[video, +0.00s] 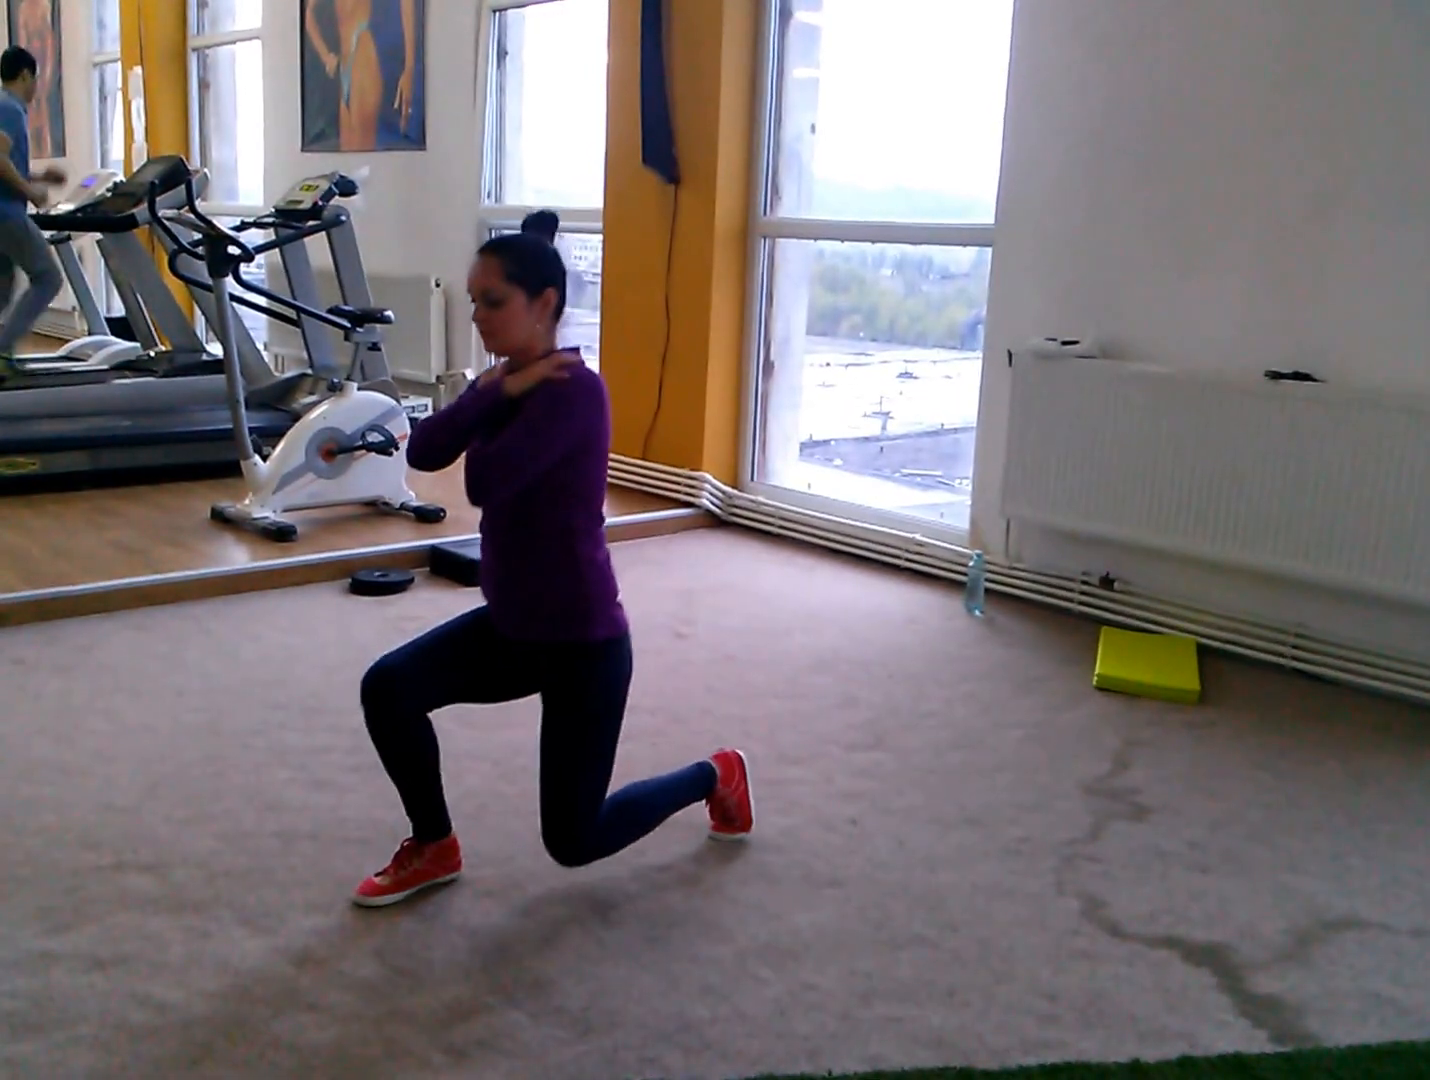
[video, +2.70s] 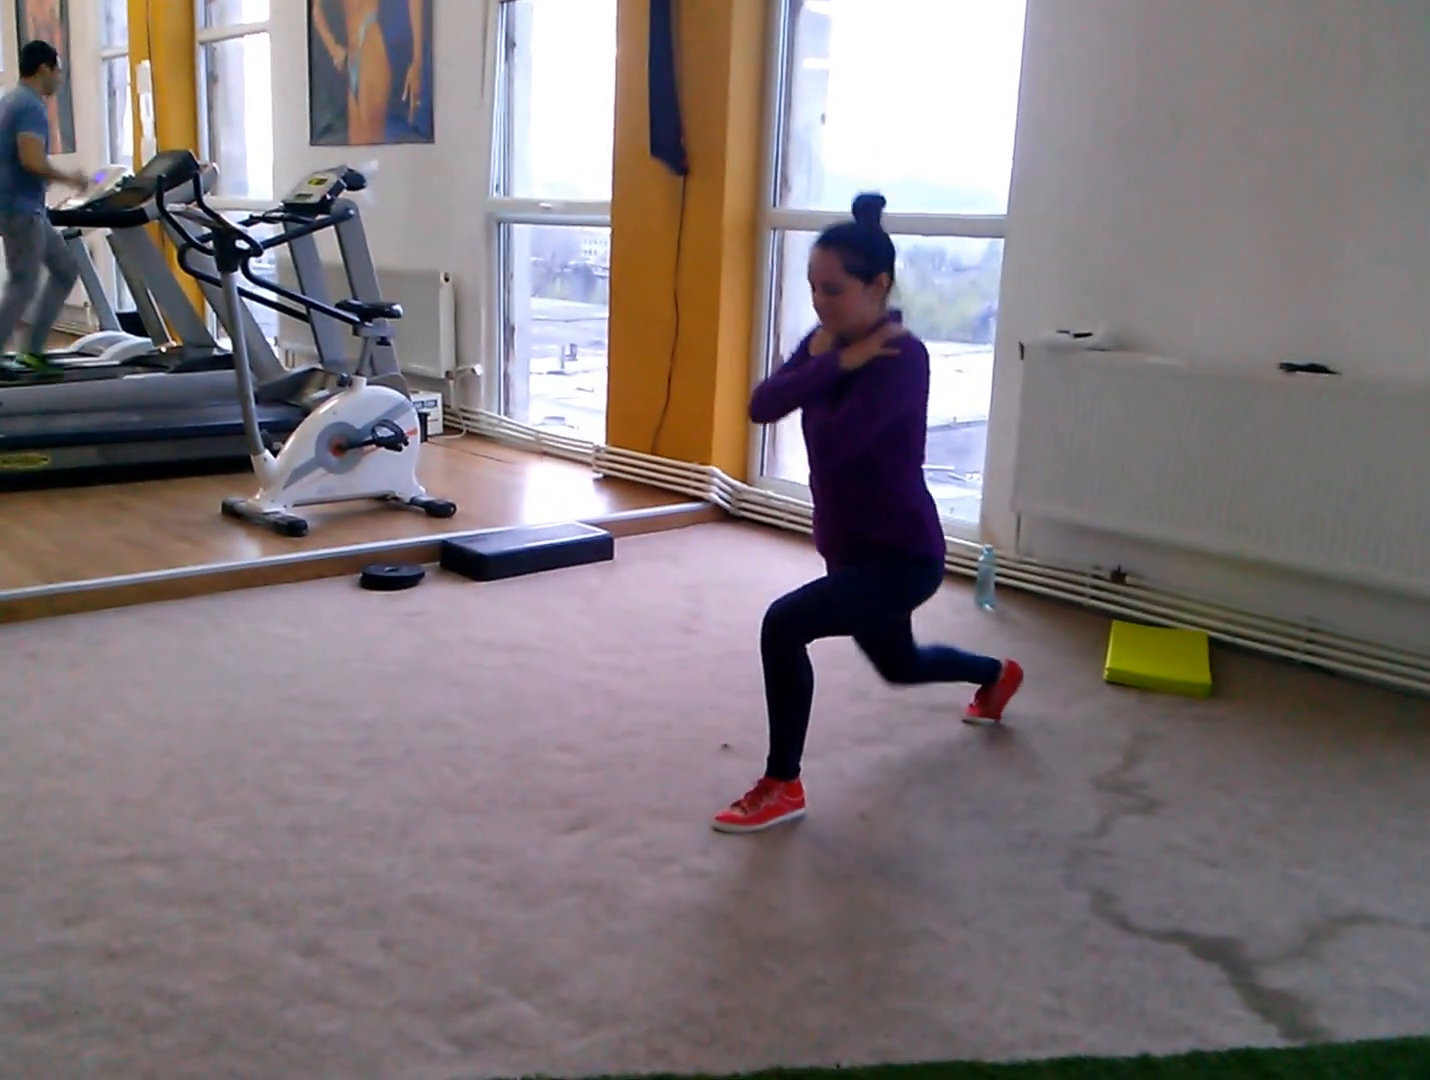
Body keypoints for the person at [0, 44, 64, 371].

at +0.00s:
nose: (35, 88)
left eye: (35, 80)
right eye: (35, 79)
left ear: (10, 76)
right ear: (24, 75)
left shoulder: (8, 110)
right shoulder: (10, 111)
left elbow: (8, 166)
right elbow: (4, 160)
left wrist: (40, 175)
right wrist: (31, 191)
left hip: (7, 212)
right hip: (8, 214)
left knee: (5, 287)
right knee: (49, 279)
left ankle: (4, 351)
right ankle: (5, 346)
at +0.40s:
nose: (41, 87)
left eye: (41, 80)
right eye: (40, 79)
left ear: (12, 75)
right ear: (30, 76)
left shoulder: (8, 106)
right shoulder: (14, 110)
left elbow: (15, 163)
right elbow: (16, 163)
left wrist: (47, 179)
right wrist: (54, 182)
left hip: (11, 218)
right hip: (8, 220)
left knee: (45, 275)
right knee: (6, 292)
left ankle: (12, 352)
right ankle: (7, 357)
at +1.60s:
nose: (44, 73)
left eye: (44, 66)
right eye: (41, 66)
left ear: (21, 66)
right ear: (26, 66)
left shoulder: (16, 101)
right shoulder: (9, 100)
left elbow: (21, 158)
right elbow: (1, 148)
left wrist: (57, 158)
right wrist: (28, 176)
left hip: (13, 203)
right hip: (11, 204)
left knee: (2, 275)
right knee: (52, 267)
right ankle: (36, 352)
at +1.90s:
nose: (47, 80)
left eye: (45, 73)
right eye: (44, 73)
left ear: (22, 74)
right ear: (31, 73)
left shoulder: (18, 109)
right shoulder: (16, 112)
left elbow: (17, 164)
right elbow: (17, 162)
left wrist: (40, 188)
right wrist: (51, 186)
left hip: (18, 214)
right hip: (11, 216)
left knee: (47, 279)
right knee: (27, 286)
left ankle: (4, 345)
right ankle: (3, 352)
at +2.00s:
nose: (47, 72)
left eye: (47, 64)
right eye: (45, 64)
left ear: (20, 65)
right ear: (32, 64)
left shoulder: (11, 95)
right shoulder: (20, 99)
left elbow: (22, 149)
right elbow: (26, 150)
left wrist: (48, 155)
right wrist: (56, 158)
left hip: (16, 210)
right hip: (12, 211)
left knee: (50, 268)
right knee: (1, 285)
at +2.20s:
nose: (47, 79)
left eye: (46, 72)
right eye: (43, 72)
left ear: (21, 74)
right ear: (30, 72)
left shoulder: (14, 106)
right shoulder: (19, 109)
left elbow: (16, 161)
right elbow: (17, 159)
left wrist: (45, 189)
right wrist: (50, 188)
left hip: (17, 210)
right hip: (15, 211)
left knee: (41, 283)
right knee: (43, 283)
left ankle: (25, 357)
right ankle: (23, 358)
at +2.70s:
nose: (59, 77)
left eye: (58, 70)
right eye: (57, 70)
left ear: (31, 70)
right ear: (44, 69)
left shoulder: (13, 102)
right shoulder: (29, 106)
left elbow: (25, 164)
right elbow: (32, 161)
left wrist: (62, 177)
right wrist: (71, 178)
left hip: (25, 210)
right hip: (20, 211)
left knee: (66, 269)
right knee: (23, 282)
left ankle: (33, 349)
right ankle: (1, 351)